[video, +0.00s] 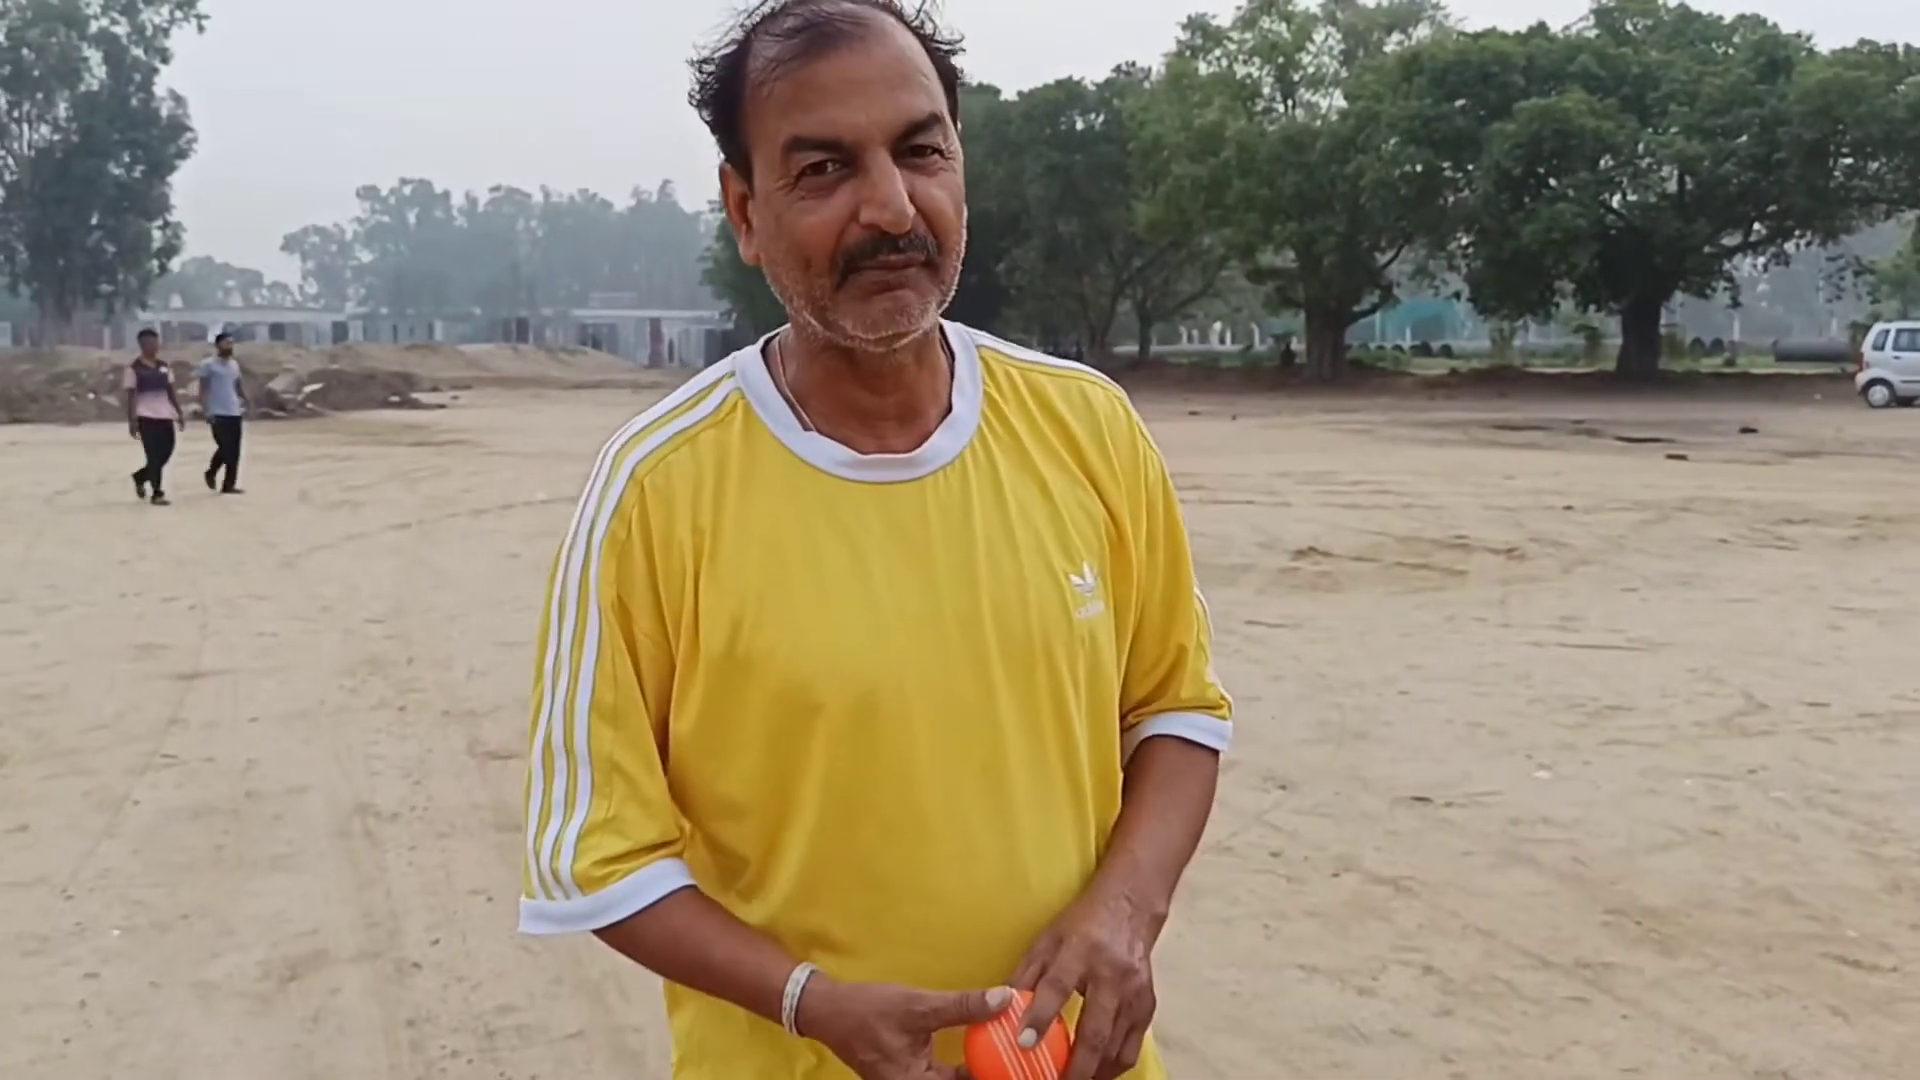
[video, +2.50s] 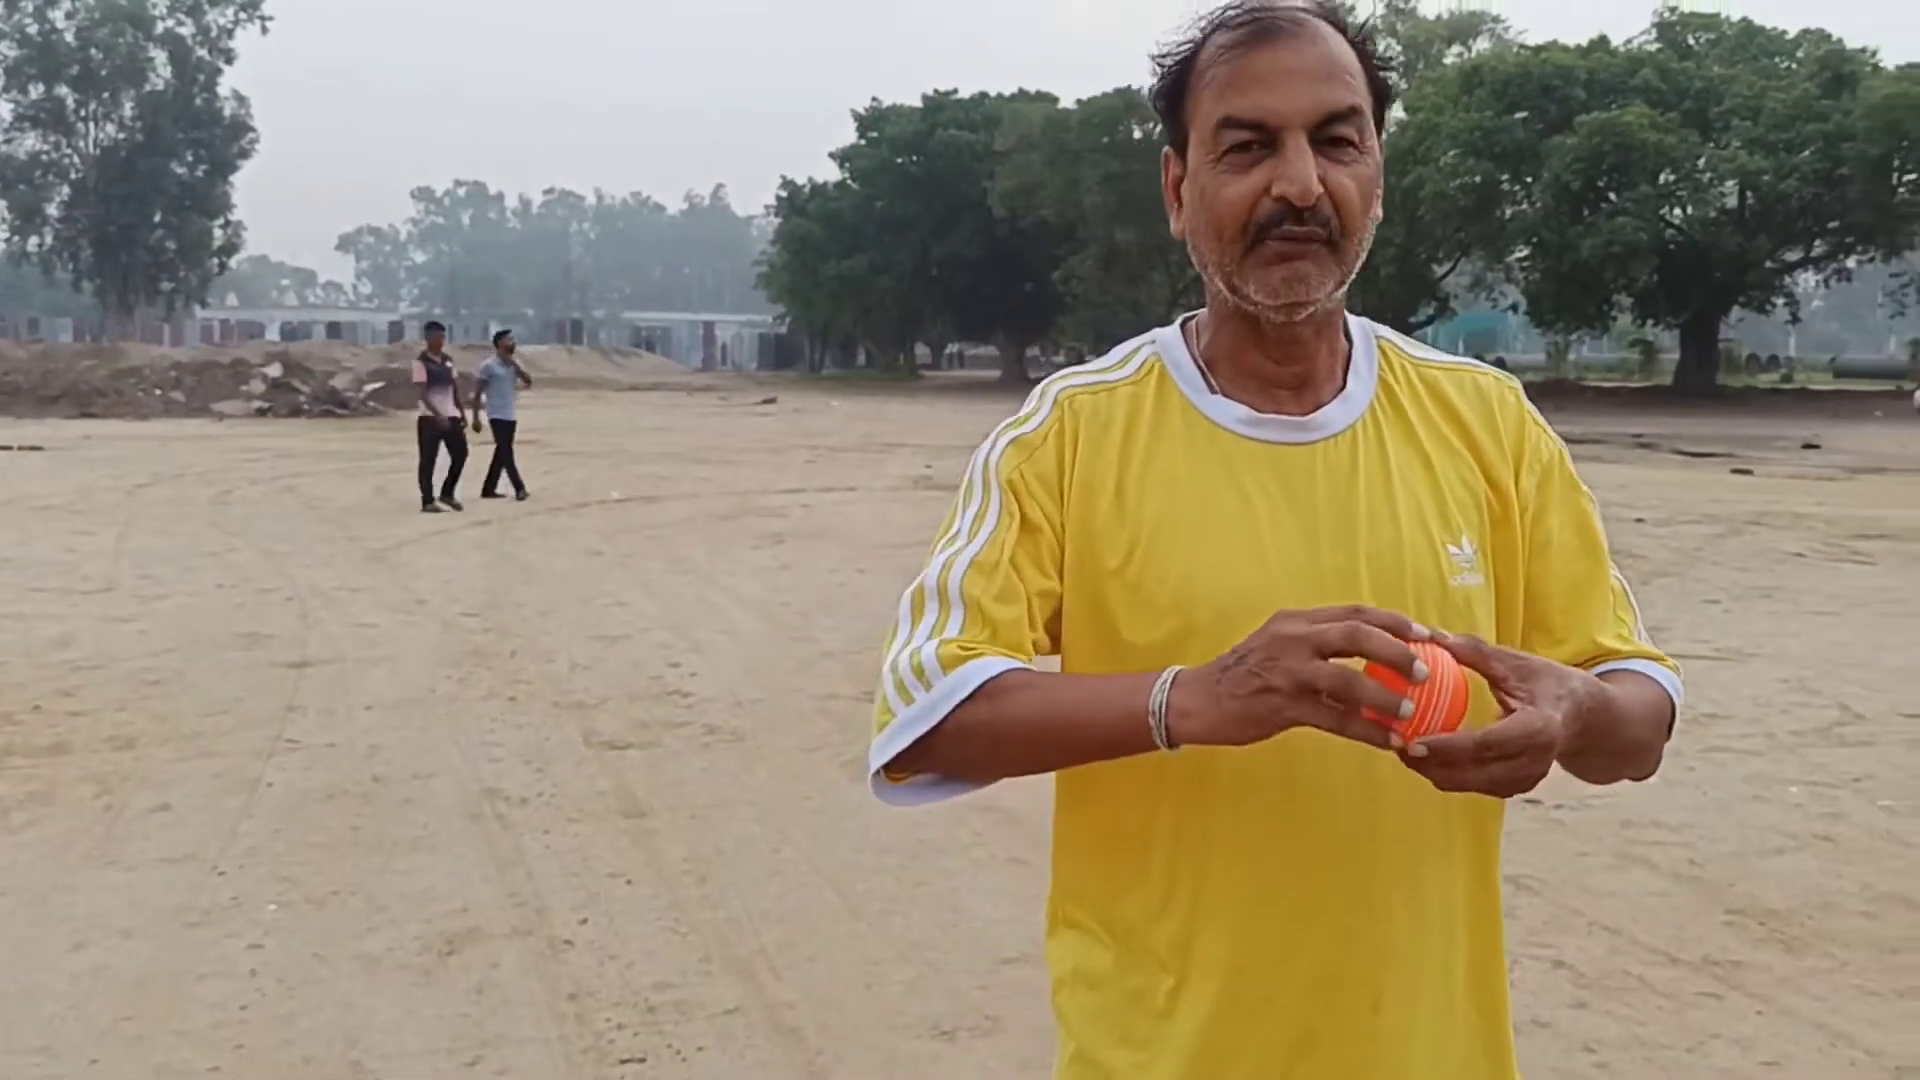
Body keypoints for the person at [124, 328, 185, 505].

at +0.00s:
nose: (153, 347)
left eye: (155, 343)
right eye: (149, 343)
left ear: (158, 344)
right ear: (142, 345)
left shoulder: (164, 367)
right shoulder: (133, 369)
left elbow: (171, 392)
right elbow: (131, 396)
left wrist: (179, 413)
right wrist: (132, 420)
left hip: (165, 415)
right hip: (146, 415)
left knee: (166, 451)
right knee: (154, 453)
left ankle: (141, 475)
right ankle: (157, 490)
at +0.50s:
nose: (241, 350)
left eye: (243, 346)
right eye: (237, 347)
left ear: (245, 348)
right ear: (229, 349)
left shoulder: (246, 370)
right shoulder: (222, 371)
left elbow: (250, 396)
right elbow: (222, 399)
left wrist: (258, 416)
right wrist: (239, 419)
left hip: (253, 422)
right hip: (234, 423)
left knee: (260, 462)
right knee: (227, 458)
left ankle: (258, 496)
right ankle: (207, 489)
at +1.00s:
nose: (348, 351)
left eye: (351, 348)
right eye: (344, 347)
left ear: (354, 348)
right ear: (338, 348)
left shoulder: (359, 372)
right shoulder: (329, 372)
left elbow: (367, 397)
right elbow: (321, 398)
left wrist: (379, 416)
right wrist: (315, 423)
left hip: (356, 420)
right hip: (339, 419)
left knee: (344, 458)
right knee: (351, 458)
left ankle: (329, 491)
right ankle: (366, 495)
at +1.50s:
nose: (418, 347)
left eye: (421, 343)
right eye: (414, 343)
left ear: (424, 344)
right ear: (407, 344)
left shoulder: (429, 368)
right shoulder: (403, 368)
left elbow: (435, 395)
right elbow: (403, 395)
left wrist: (440, 416)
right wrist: (425, 412)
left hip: (431, 419)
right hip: (411, 419)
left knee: (437, 460)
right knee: (406, 460)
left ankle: (447, 494)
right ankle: (403, 494)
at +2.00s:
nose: (474, 343)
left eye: (477, 339)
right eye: (471, 339)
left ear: (480, 340)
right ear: (463, 340)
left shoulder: (483, 363)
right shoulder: (452, 363)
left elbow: (489, 388)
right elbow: (443, 390)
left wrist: (498, 410)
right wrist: (436, 416)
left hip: (481, 412)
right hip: (463, 411)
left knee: (472, 452)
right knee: (473, 452)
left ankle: (460, 490)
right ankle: (478, 494)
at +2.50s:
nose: (440, 341)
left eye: (442, 336)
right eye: (436, 337)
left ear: (444, 338)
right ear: (427, 338)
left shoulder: (448, 361)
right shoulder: (420, 363)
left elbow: (454, 389)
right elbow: (422, 394)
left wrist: (462, 412)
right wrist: (437, 414)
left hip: (450, 416)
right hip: (430, 416)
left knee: (460, 453)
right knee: (428, 460)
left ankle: (447, 493)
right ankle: (428, 499)